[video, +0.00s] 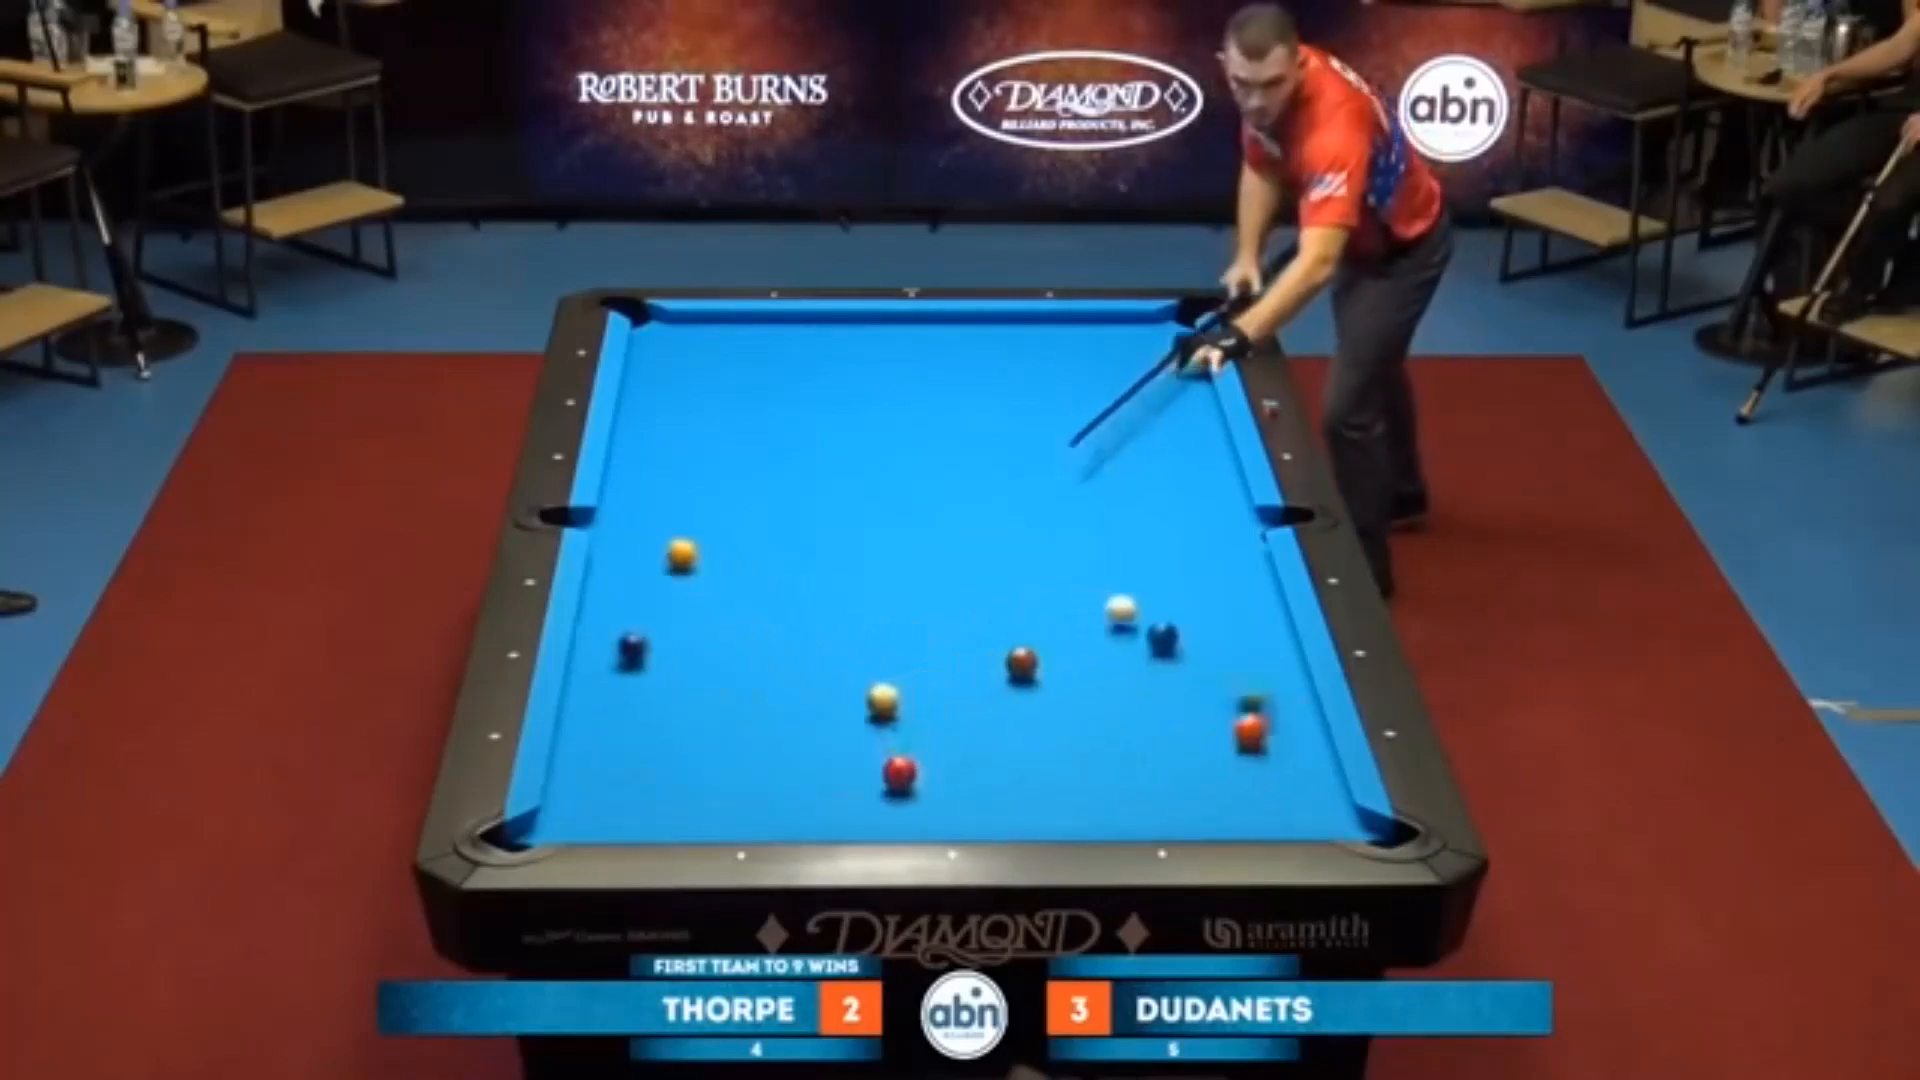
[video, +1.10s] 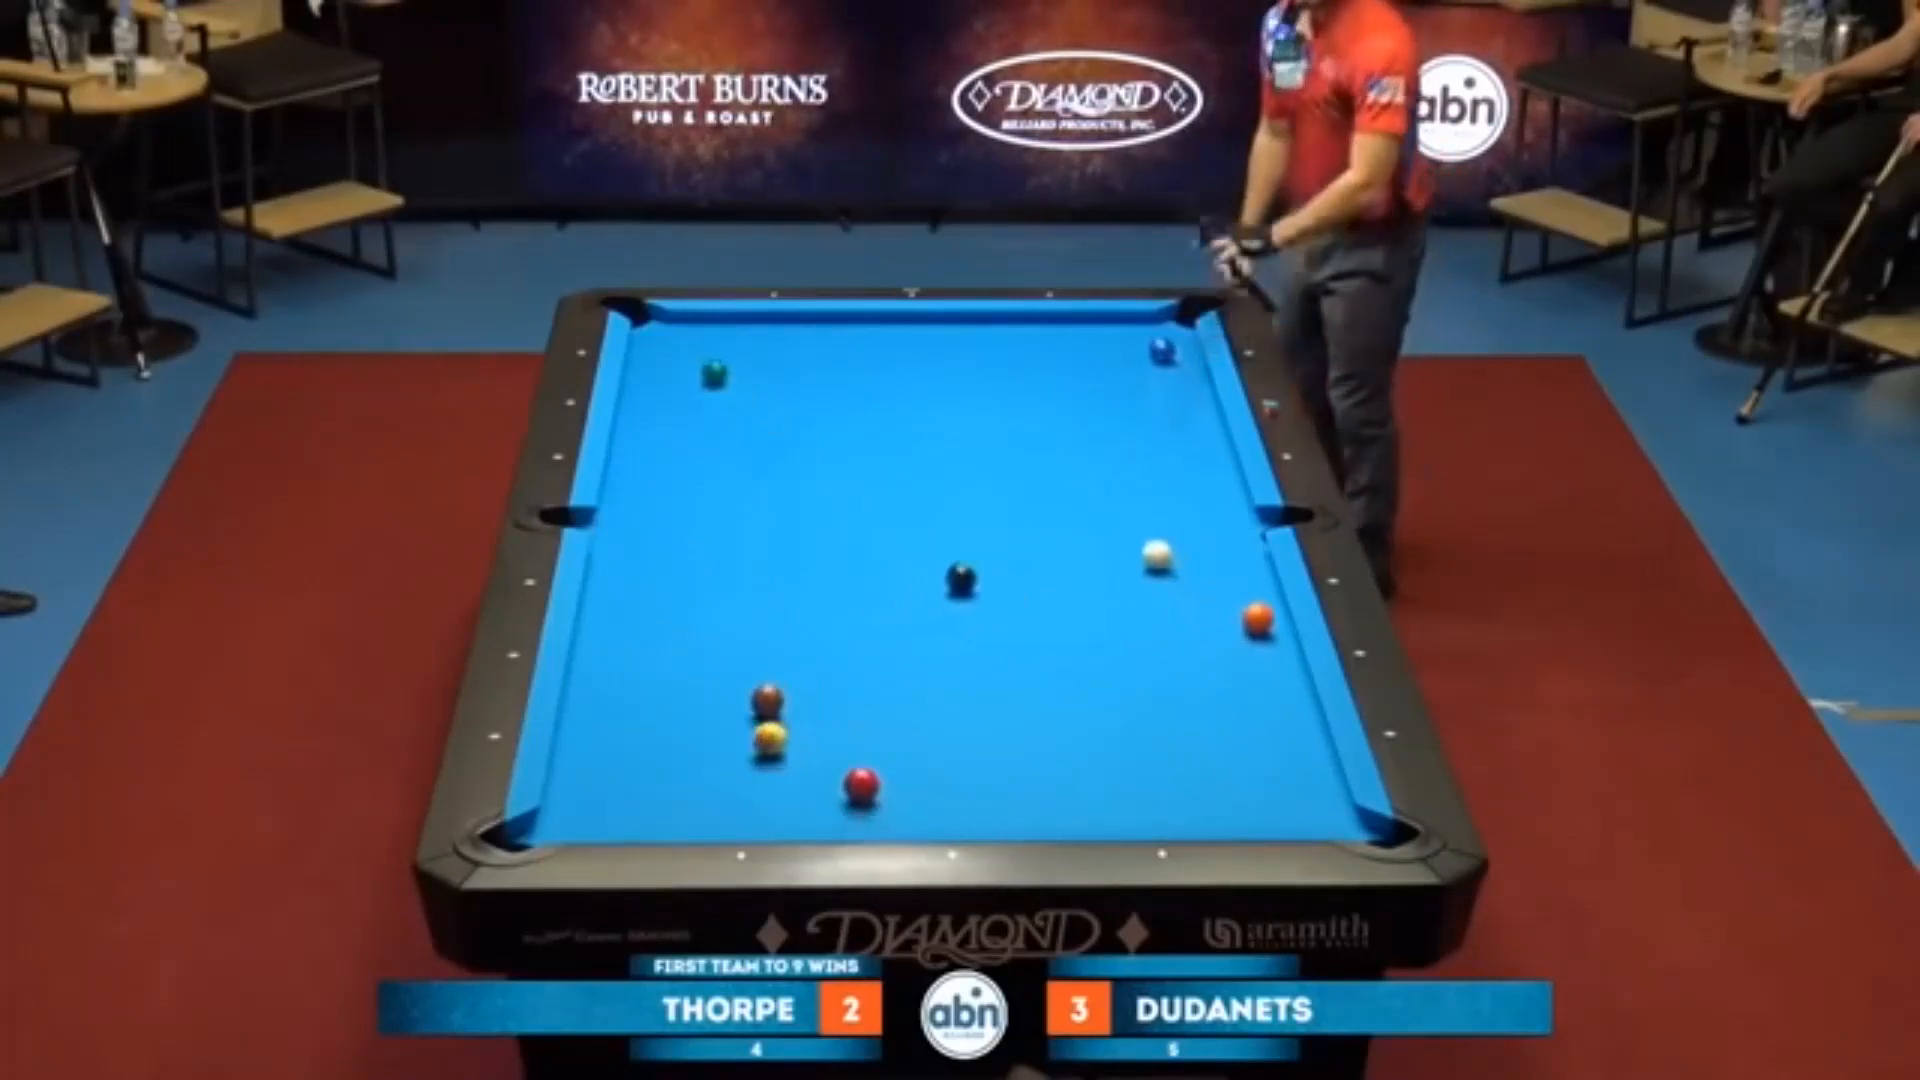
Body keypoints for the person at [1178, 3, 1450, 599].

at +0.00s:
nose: (1256, 101)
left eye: (1271, 85)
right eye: (1243, 86)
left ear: (1298, 64)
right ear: (1226, 66)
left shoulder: (1335, 118)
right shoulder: (1254, 80)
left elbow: (1319, 261)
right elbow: (1260, 165)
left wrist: (1237, 337)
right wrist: (1247, 256)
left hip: (1406, 242)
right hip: (1347, 237)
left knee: (1347, 414)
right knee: (1376, 371)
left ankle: (1367, 575)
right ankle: (1402, 493)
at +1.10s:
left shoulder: (1383, 42)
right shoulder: (1283, 24)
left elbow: (1368, 180)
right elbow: (1274, 130)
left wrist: (1271, 236)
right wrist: (1249, 228)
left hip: (1373, 244)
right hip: (1311, 240)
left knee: (1357, 405)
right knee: (1301, 393)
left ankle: (1368, 562)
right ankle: (1315, 538)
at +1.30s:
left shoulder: (1394, 32)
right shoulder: (1281, 20)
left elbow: (1404, 166)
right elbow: (1270, 129)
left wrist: (1322, 236)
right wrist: (1242, 225)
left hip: (1368, 241)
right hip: (1295, 235)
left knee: (1361, 403)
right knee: (1303, 394)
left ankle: (1369, 563)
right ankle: (1312, 537)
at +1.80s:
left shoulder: (1407, 23)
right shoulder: (1287, 17)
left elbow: (1438, 128)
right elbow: (1242, 110)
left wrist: (1470, 229)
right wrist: (1184, 194)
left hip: (1362, 234)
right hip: (1288, 228)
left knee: (1361, 401)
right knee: (1303, 396)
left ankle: (1368, 565)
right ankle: (1311, 543)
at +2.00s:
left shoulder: (1413, 12)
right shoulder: (1283, 10)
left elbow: (1468, 72)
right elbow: (1206, 54)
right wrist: (1129, 80)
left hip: (1365, 233)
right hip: (1292, 227)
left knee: (1365, 403)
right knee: (1304, 396)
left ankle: (1370, 564)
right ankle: (1314, 540)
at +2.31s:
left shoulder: (1409, 16)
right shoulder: (1285, 8)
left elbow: (1498, 5)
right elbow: (1199, 7)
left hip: (1365, 236)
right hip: (1291, 228)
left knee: (1367, 406)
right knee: (1309, 398)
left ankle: (1367, 570)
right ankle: (1314, 543)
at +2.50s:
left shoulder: (1411, 16)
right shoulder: (1287, 8)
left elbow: (1506, 5)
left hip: (1366, 238)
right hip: (1292, 230)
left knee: (1368, 405)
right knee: (1310, 398)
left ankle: (1369, 565)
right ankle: (1316, 541)